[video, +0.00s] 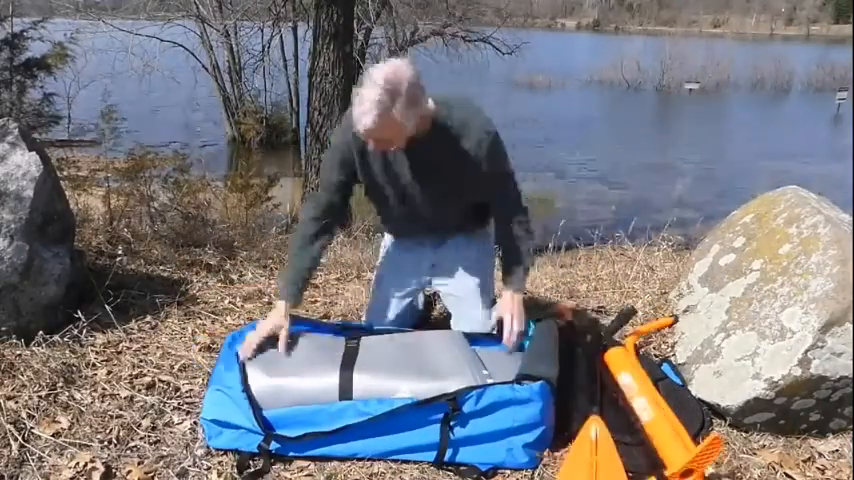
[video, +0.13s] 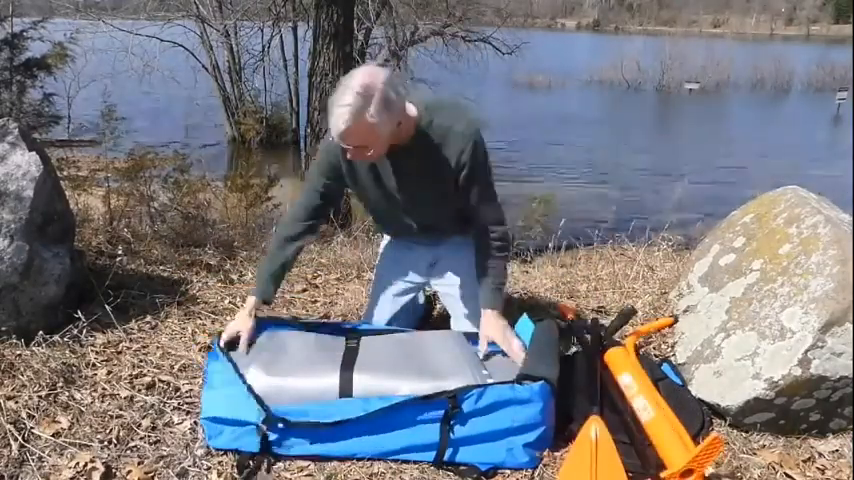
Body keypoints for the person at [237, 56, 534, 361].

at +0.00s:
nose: (378, 148)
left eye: (386, 140)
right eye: (370, 139)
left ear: (419, 118)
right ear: (362, 117)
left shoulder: (473, 134)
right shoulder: (353, 136)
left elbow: (511, 214)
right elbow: (318, 217)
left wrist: (514, 290)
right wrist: (283, 305)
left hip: (467, 243)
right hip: (401, 245)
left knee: (475, 350)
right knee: (380, 346)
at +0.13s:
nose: (352, 156)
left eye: (363, 147)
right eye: (346, 146)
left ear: (400, 122)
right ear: (340, 127)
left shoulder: (457, 135)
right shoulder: (340, 148)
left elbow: (493, 227)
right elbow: (299, 223)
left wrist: (491, 310)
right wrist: (251, 307)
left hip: (463, 243)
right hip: (400, 245)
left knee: (479, 349)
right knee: (377, 344)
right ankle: (425, 306)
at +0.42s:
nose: (286, 126)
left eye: (292, 114)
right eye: (282, 116)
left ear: (324, 97)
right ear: (320, 99)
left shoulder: (391, 126)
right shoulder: (314, 140)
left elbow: (349, 220)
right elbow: (306, 202)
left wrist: (266, 278)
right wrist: (261, 262)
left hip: (449, 234)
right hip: (393, 241)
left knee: (466, 344)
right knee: (376, 341)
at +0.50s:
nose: (269, 145)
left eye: (270, 133)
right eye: (263, 139)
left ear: (296, 109)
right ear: (296, 111)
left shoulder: (366, 128)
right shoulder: (306, 146)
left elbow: (341, 229)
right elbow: (287, 219)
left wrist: (270, 297)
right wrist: (250, 276)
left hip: (445, 228)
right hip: (391, 239)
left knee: (470, 343)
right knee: (374, 341)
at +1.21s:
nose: (354, 134)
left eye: (362, 124)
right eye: (347, 123)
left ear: (395, 104)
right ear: (337, 108)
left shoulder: (454, 133)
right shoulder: (339, 127)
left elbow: (482, 216)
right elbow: (328, 170)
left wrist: (481, 277)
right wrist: (270, 186)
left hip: (452, 244)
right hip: (391, 242)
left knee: (458, 343)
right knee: (377, 341)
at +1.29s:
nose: (324, 119)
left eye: (331, 111)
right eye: (320, 110)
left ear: (366, 92)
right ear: (315, 94)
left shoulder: (424, 122)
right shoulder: (335, 123)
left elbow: (432, 230)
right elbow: (339, 169)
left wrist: (373, 288)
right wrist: (298, 191)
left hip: (448, 234)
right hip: (390, 236)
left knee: (473, 349)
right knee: (375, 339)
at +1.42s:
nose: (310, 134)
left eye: (314, 124)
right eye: (303, 126)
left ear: (340, 100)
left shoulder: (396, 129)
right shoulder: (335, 127)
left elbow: (379, 232)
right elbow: (353, 189)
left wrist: (317, 310)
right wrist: (329, 246)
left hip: (445, 230)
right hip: (388, 234)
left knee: (470, 342)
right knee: (378, 343)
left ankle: (475, 293)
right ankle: (442, 290)